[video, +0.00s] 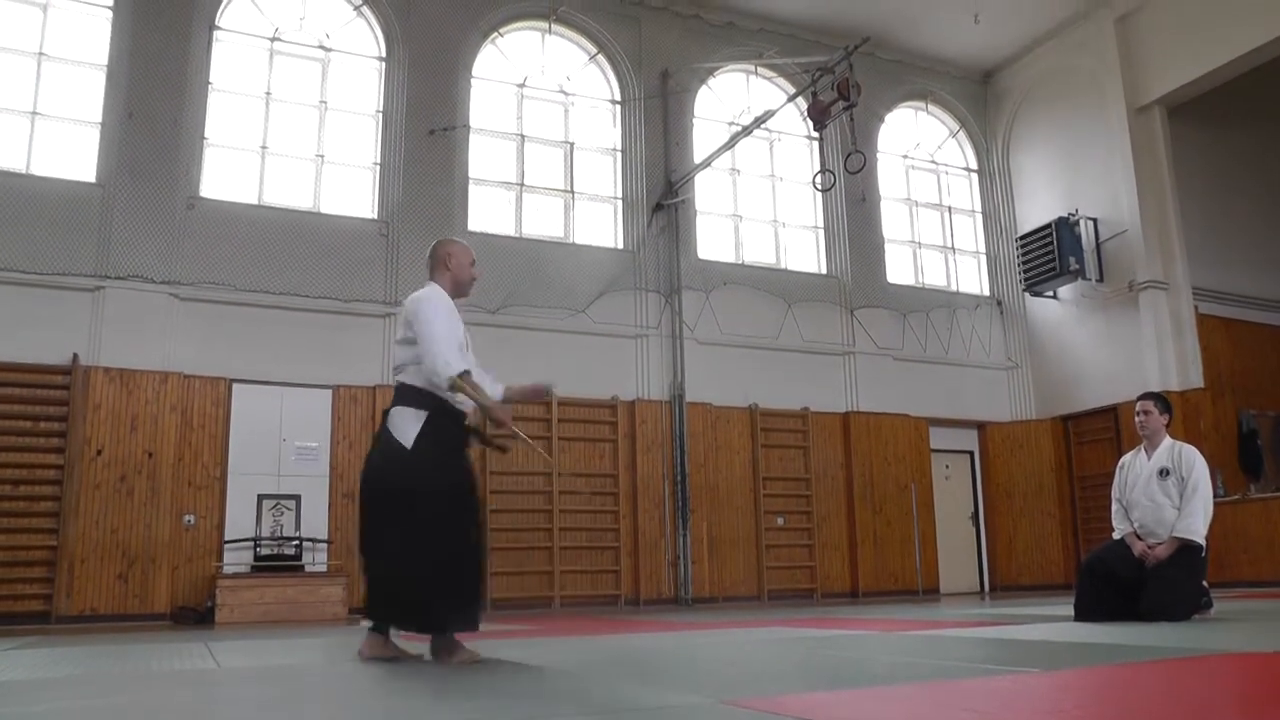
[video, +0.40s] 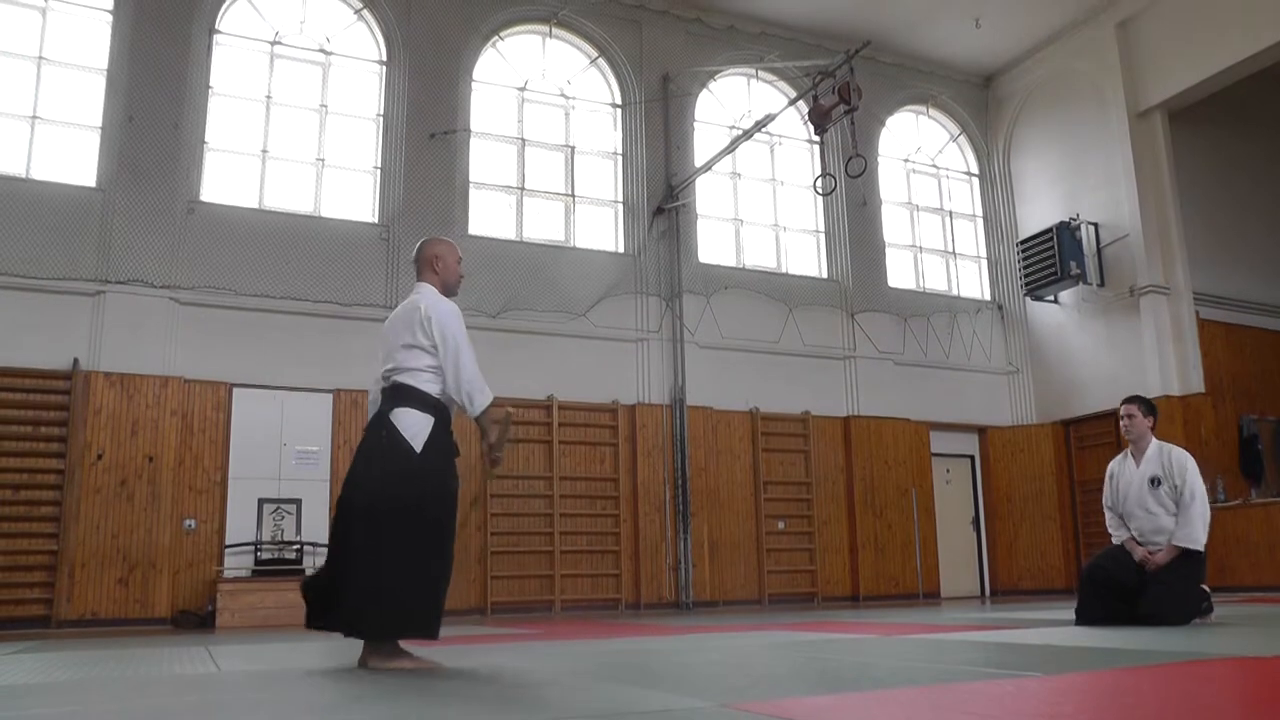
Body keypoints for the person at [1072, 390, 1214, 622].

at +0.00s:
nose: (1140, 419)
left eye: (1147, 413)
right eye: (1137, 414)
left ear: (1165, 419)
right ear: (1133, 420)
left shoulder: (1186, 456)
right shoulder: (1126, 463)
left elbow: (1197, 508)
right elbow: (1117, 509)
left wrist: (1168, 546)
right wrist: (1133, 542)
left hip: (1180, 547)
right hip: (1135, 546)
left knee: (1158, 611)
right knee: (1093, 568)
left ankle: (1198, 595)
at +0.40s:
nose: (1124, 423)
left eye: (1130, 417)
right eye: (1121, 418)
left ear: (1149, 422)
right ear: (1119, 423)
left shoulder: (1177, 459)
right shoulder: (1115, 468)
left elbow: (1196, 512)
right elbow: (1111, 515)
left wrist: (1167, 553)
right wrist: (1133, 548)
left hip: (1179, 553)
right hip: (1134, 552)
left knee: (1159, 615)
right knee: (1094, 576)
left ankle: (1200, 599)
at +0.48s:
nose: (1118, 418)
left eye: (1124, 411)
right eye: (1115, 413)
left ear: (1143, 416)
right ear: (1112, 418)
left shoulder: (1172, 454)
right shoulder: (1110, 462)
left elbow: (1188, 506)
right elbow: (1106, 508)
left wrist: (1165, 549)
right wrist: (1125, 541)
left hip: (1174, 549)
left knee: (1158, 616)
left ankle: (1199, 599)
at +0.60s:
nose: (1108, 407)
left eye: (1114, 401)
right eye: (1106, 402)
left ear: (1134, 403)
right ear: (1104, 408)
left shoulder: (1160, 443)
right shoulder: (1102, 450)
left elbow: (1177, 493)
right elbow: (1096, 492)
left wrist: (1158, 538)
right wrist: (1101, 518)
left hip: (1165, 539)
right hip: (1123, 539)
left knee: (1156, 618)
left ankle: (1199, 599)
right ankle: (1124, 607)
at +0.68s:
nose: (1099, 403)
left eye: (1105, 396)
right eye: (1097, 398)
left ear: (1125, 399)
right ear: (1096, 403)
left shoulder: (1152, 439)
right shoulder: (1094, 446)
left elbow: (1168, 489)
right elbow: (1087, 486)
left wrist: (1151, 534)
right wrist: (1087, 507)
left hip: (1158, 534)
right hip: (1117, 534)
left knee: (1152, 618)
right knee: (1080, 541)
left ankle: (1197, 599)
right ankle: (1113, 607)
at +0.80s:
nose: (1083, 404)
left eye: (1089, 398)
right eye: (1081, 399)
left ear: (1109, 401)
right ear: (1080, 404)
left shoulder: (1136, 439)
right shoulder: (1079, 446)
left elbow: (1154, 488)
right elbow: (1070, 484)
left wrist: (1141, 536)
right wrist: (1074, 500)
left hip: (1146, 534)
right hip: (1104, 533)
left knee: (1145, 618)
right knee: (1061, 530)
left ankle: (1195, 600)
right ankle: (1077, 612)